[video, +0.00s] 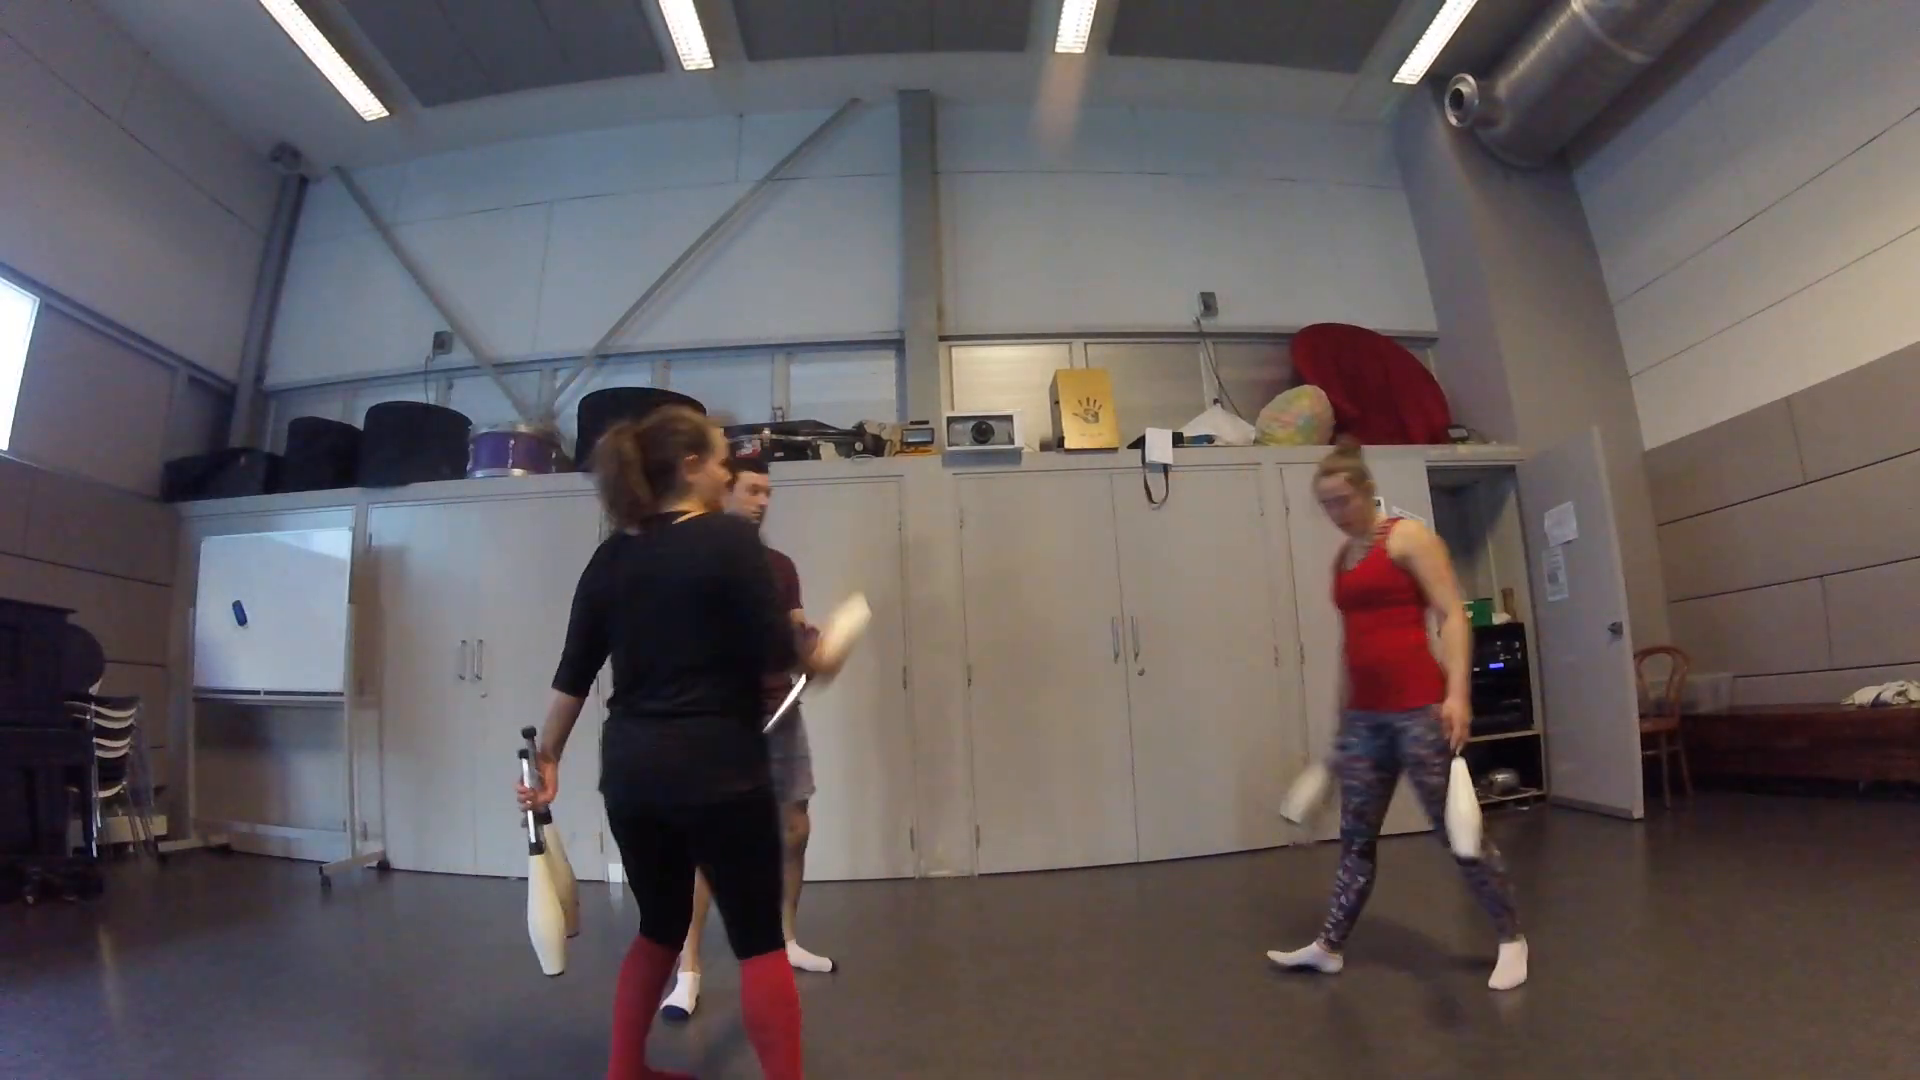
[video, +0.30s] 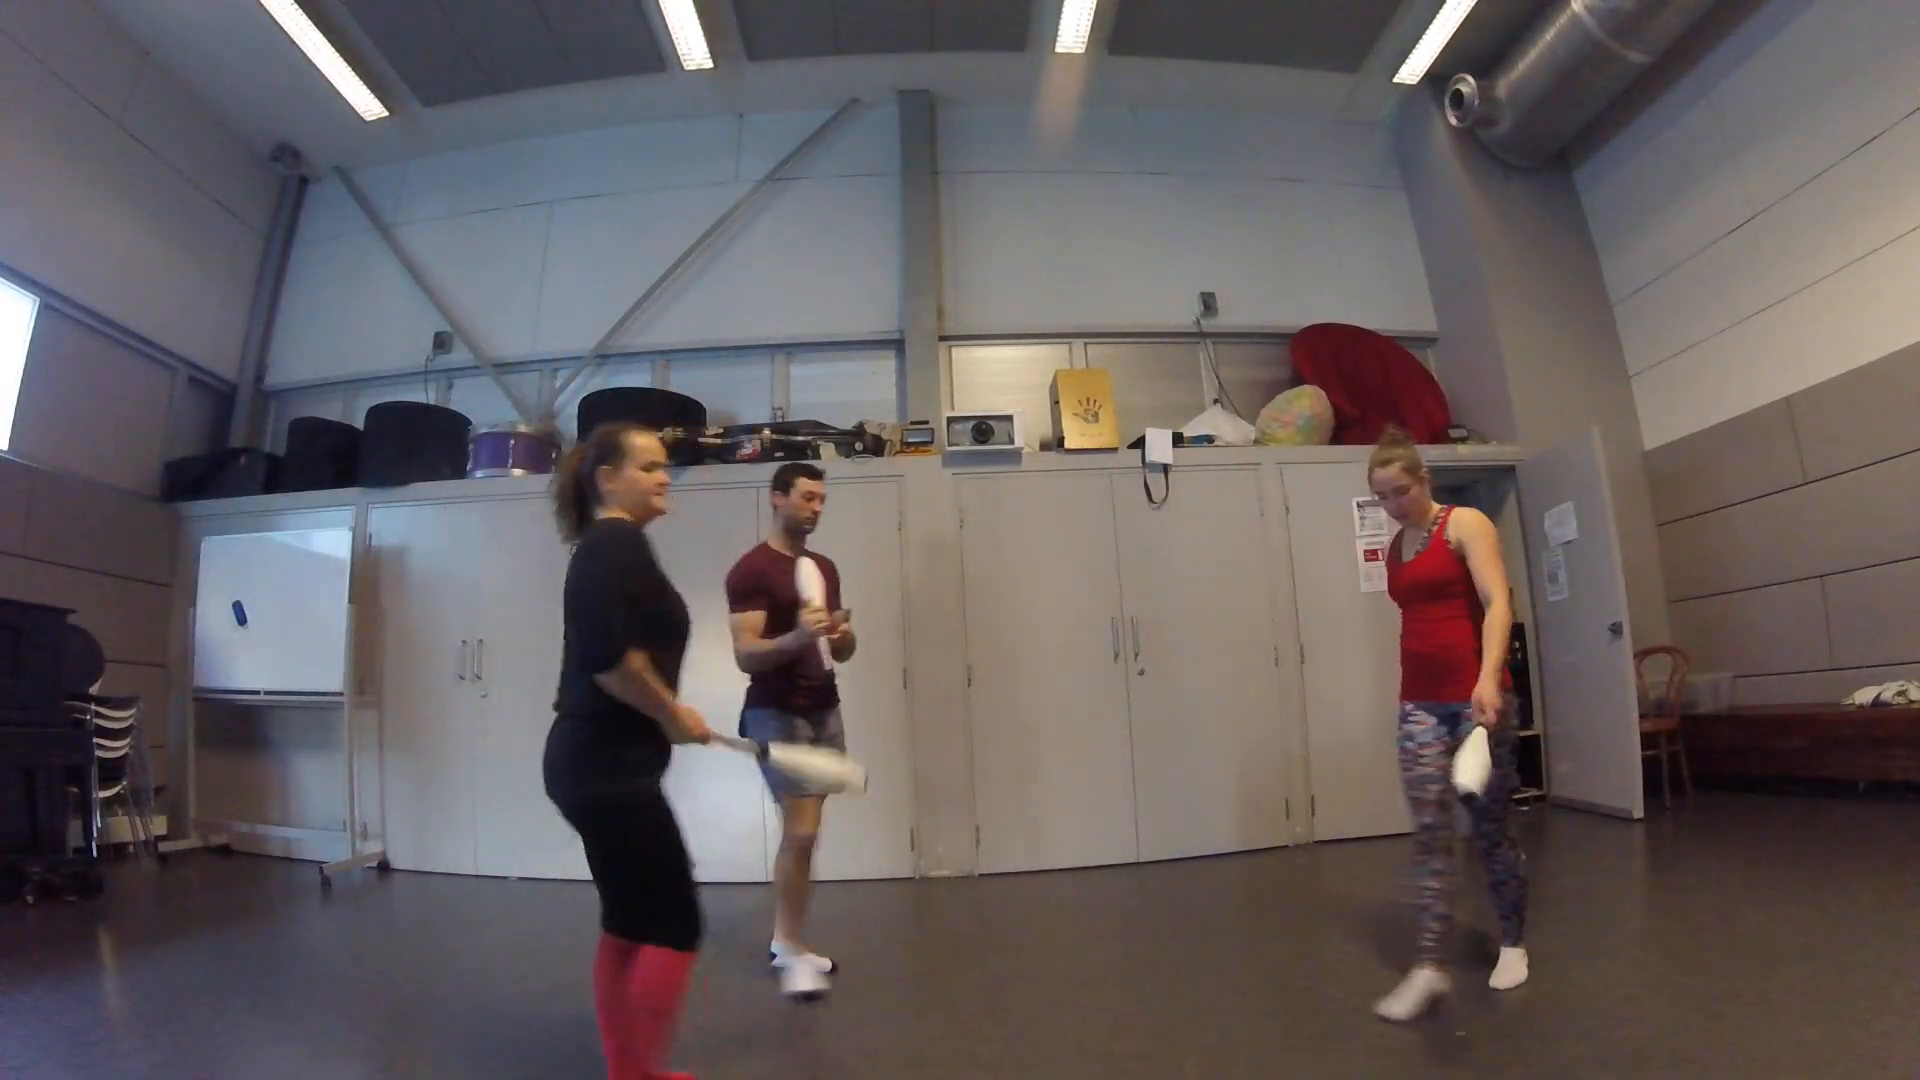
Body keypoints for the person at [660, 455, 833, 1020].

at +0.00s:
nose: (761, 501)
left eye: (766, 493)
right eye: (753, 491)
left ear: (769, 500)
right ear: (722, 492)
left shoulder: (777, 566)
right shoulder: (685, 561)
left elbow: (792, 639)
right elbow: (667, 641)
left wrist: (801, 634)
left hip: (775, 712)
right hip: (709, 718)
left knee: (794, 831)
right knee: (701, 851)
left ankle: (782, 940)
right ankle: (688, 968)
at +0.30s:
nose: (817, 508)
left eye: (821, 500)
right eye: (809, 498)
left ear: (818, 505)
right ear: (778, 499)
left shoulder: (822, 569)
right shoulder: (750, 571)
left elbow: (842, 651)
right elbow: (746, 655)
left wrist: (843, 635)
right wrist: (799, 635)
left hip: (822, 707)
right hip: (775, 711)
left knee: (804, 833)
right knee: (800, 832)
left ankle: (787, 941)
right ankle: (789, 948)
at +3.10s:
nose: (904, 513)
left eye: (913, 506)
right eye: (897, 506)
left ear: (929, 514)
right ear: (888, 515)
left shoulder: (949, 573)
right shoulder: (868, 574)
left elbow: (969, 638)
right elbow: (850, 643)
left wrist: (978, 699)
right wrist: (832, 708)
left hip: (934, 707)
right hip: (880, 706)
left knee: (926, 810)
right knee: (888, 813)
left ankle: (924, 910)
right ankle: (900, 918)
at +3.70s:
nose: (891, 510)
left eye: (899, 502)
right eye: (882, 503)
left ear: (913, 511)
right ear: (869, 513)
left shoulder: (937, 568)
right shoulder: (854, 576)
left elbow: (960, 631)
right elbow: (842, 646)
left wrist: (977, 692)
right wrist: (838, 710)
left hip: (930, 710)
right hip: (876, 713)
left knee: (921, 815)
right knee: (891, 816)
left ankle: (924, 912)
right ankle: (902, 920)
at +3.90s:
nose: (889, 510)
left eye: (896, 502)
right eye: (880, 503)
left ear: (910, 510)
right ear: (868, 512)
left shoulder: (935, 568)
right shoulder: (851, 576)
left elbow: (958, 633)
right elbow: (839, 646)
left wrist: (974, 694)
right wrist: (837, 713)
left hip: (928, 712)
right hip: (874, 714)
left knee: (921, 816)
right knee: (889, 817)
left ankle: (924, 912)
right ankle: (902, 920)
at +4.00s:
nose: (888, 509)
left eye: (896, 502)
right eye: (880, 503)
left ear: (910, 510)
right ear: (867, 512)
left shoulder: (934, 568)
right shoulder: (850, 576)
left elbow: (957, 633)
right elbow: (838, 647)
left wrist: (973, 694)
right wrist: (834, 716)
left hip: (927, 712)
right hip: (872, 714)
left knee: (920, 816)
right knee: (889, 817)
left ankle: (924, 912)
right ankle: (903, 920)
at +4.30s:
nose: (886, 505)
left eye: (894, 499)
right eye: (877, 499)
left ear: (908, 509)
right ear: (865, 509)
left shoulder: (931, 568)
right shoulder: (845, 576)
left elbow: (954, 638)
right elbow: (833, 649)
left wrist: (972, 704)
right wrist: (822, 722)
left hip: (929, 717)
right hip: (870, 720)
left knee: (931, 824)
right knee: (885, 821)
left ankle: (923, 906)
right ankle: (901, 919)